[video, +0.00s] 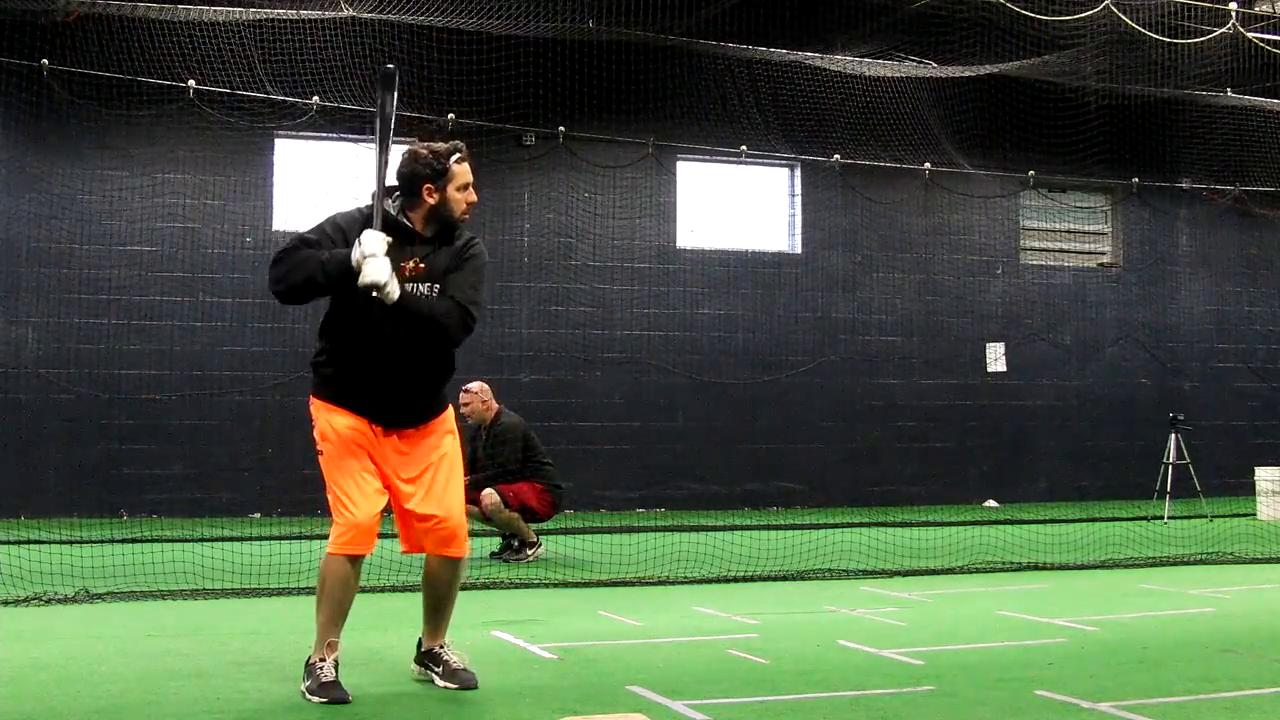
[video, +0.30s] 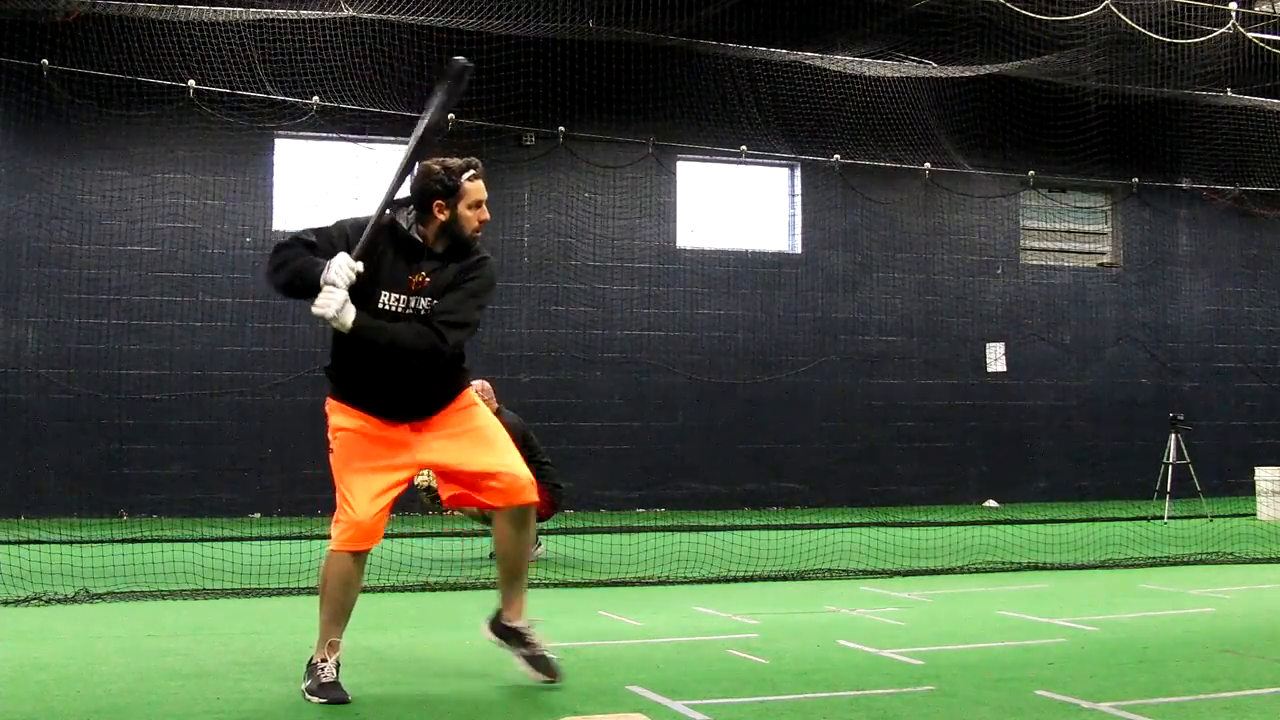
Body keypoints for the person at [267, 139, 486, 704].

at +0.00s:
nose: (474, 197)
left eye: (474, 186)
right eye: (465, 188)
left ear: (442, 191)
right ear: (430, 192)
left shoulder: (464, 249)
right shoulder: (361, 226)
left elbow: (457, 320)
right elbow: (283, 277)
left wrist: (399, 290)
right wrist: (351, 262)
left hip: (425, 417)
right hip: (348, 410)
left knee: (449, 532)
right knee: (357, 524)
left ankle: (433, 648)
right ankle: (322, 660)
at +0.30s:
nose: (486, 216)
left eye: (486, 205)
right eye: (476, 206)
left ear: (450, 208)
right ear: (439, 209)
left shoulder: (474, 264)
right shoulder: (376, 234)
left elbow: (442, 338)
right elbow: (285, 255)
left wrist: (354, 320)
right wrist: (322, 273)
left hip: (449, 409)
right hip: (365, 416)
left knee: (519, 494)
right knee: (356, 530)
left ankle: (511, 619)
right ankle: (325, 659)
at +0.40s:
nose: (494, 225)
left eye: (494, 213)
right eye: (484, 215)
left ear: (471, 215)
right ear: (446, 218)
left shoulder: (484, 275)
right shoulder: (386, 244)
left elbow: (430, 331)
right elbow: (292, 240)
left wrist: (346, 292)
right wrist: (328, 244)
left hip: (470, 418)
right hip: (385, 423)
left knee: (541, 515)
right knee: (366, 533)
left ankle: (548, 641)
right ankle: (324, 658)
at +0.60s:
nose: (512, 232)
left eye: (512, 222)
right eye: (503, 225)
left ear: (497, 218)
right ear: (468, 226)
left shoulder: (499, 249)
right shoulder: (430, 282)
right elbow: (453, 374)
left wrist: (552, 346)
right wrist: (519, 374)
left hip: (484, 420)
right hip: (434, 427)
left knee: (530, 523)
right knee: (450, 557)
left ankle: (558, 648)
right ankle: (324, 637)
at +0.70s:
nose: (520, 229)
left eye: (519, 221)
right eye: (513, 223)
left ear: (466, 217)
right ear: (484, 226)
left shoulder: (447, 232)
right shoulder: (454, 273)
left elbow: (536, 260)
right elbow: (541, 311)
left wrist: (601, 279)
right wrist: (613, 301)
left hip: (471, 408)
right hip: (437, 419)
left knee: (510, 532)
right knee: (450, 554)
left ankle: (555, 647)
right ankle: (321, 637)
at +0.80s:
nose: (534, 211)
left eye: (532, 201)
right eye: (529, 205)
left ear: (470, 206)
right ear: (509, 218)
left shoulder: (417, 231)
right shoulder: (517, 267)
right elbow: (545, 230)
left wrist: (513, 206)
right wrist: (544, 198)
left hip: (476, 413)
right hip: (445, 423)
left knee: (520, 524)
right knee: (444, 559)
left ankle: (560, 648)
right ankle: (309, 641)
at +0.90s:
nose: (550, 191)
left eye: (549, 183)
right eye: (548, 185)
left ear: (486, 186)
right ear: (529, 195)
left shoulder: (431, 228)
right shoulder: (536, 246)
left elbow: (369, 250)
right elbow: (492, 224)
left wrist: (417, 195)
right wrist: (451, 191)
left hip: (462, 414)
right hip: (459, 418)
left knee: (525, 524)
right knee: (446, 562)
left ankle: (561, 648)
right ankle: (310, 639)